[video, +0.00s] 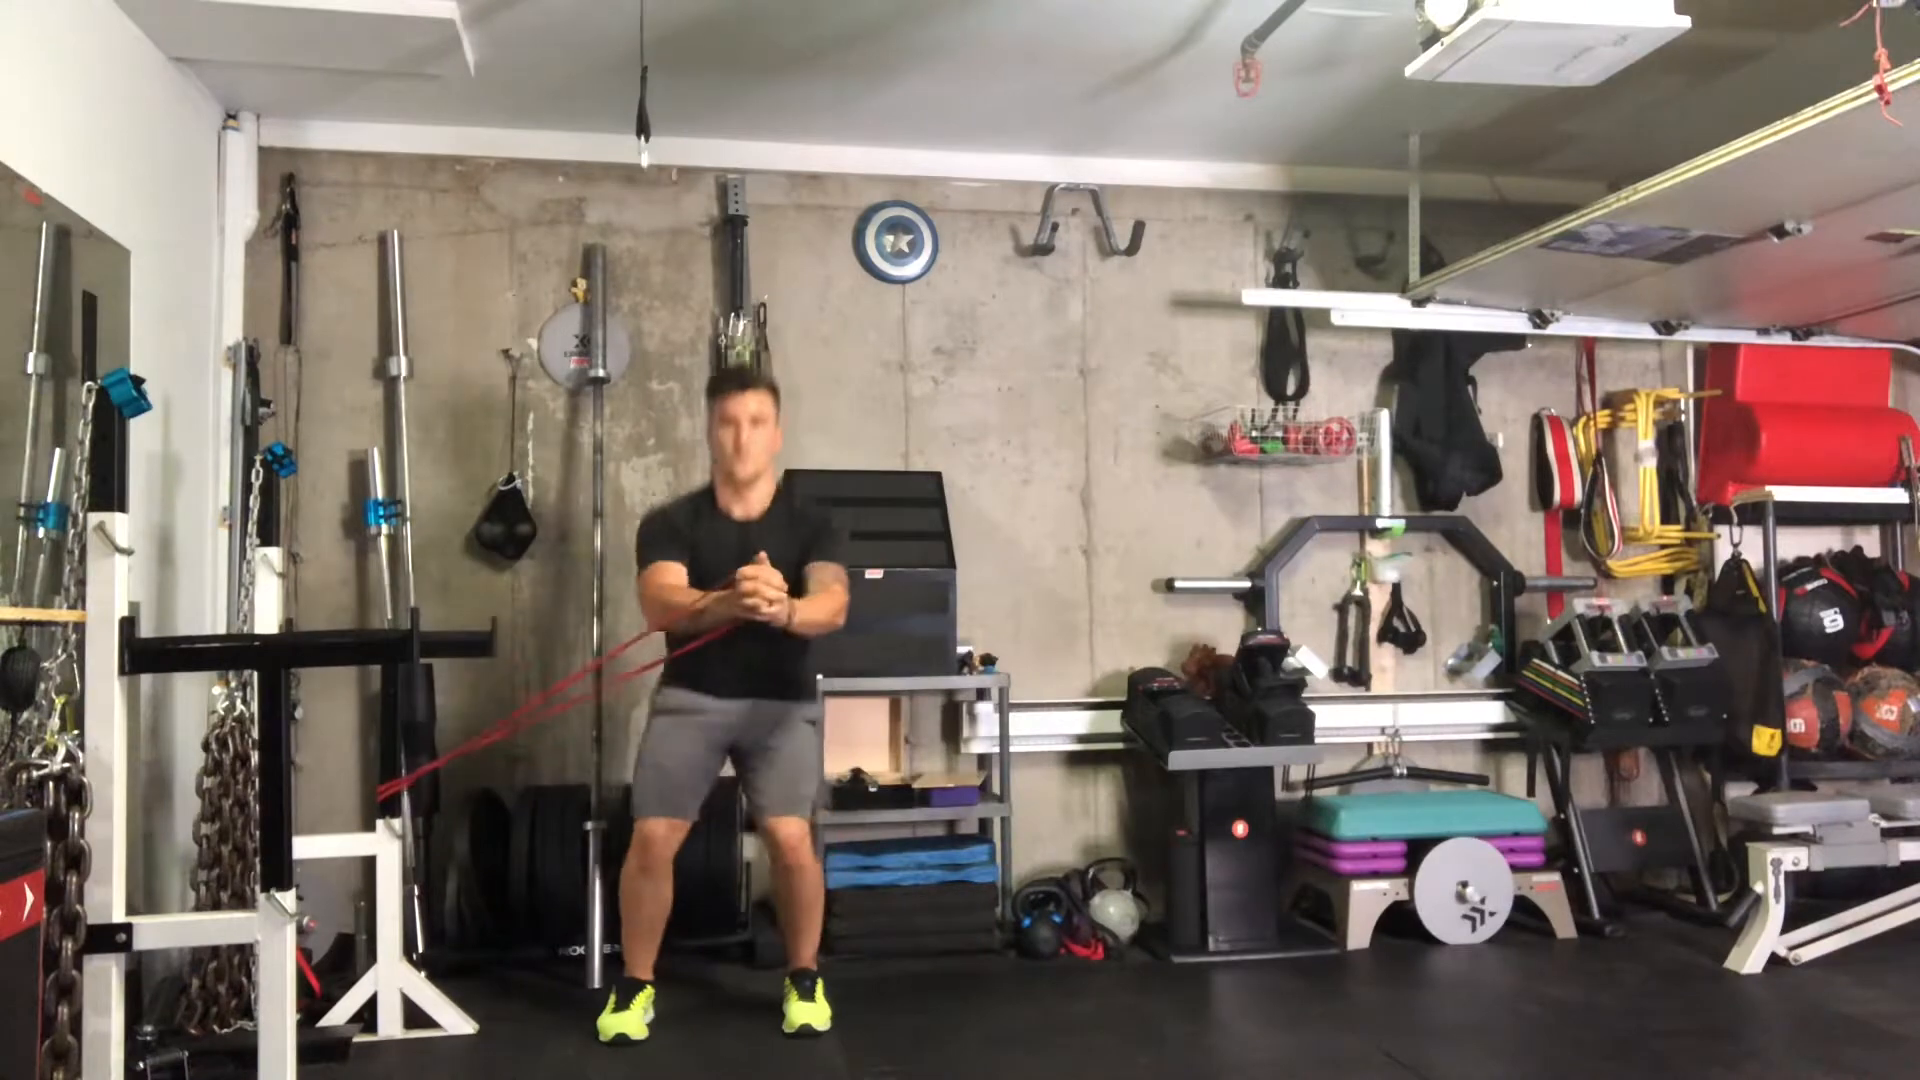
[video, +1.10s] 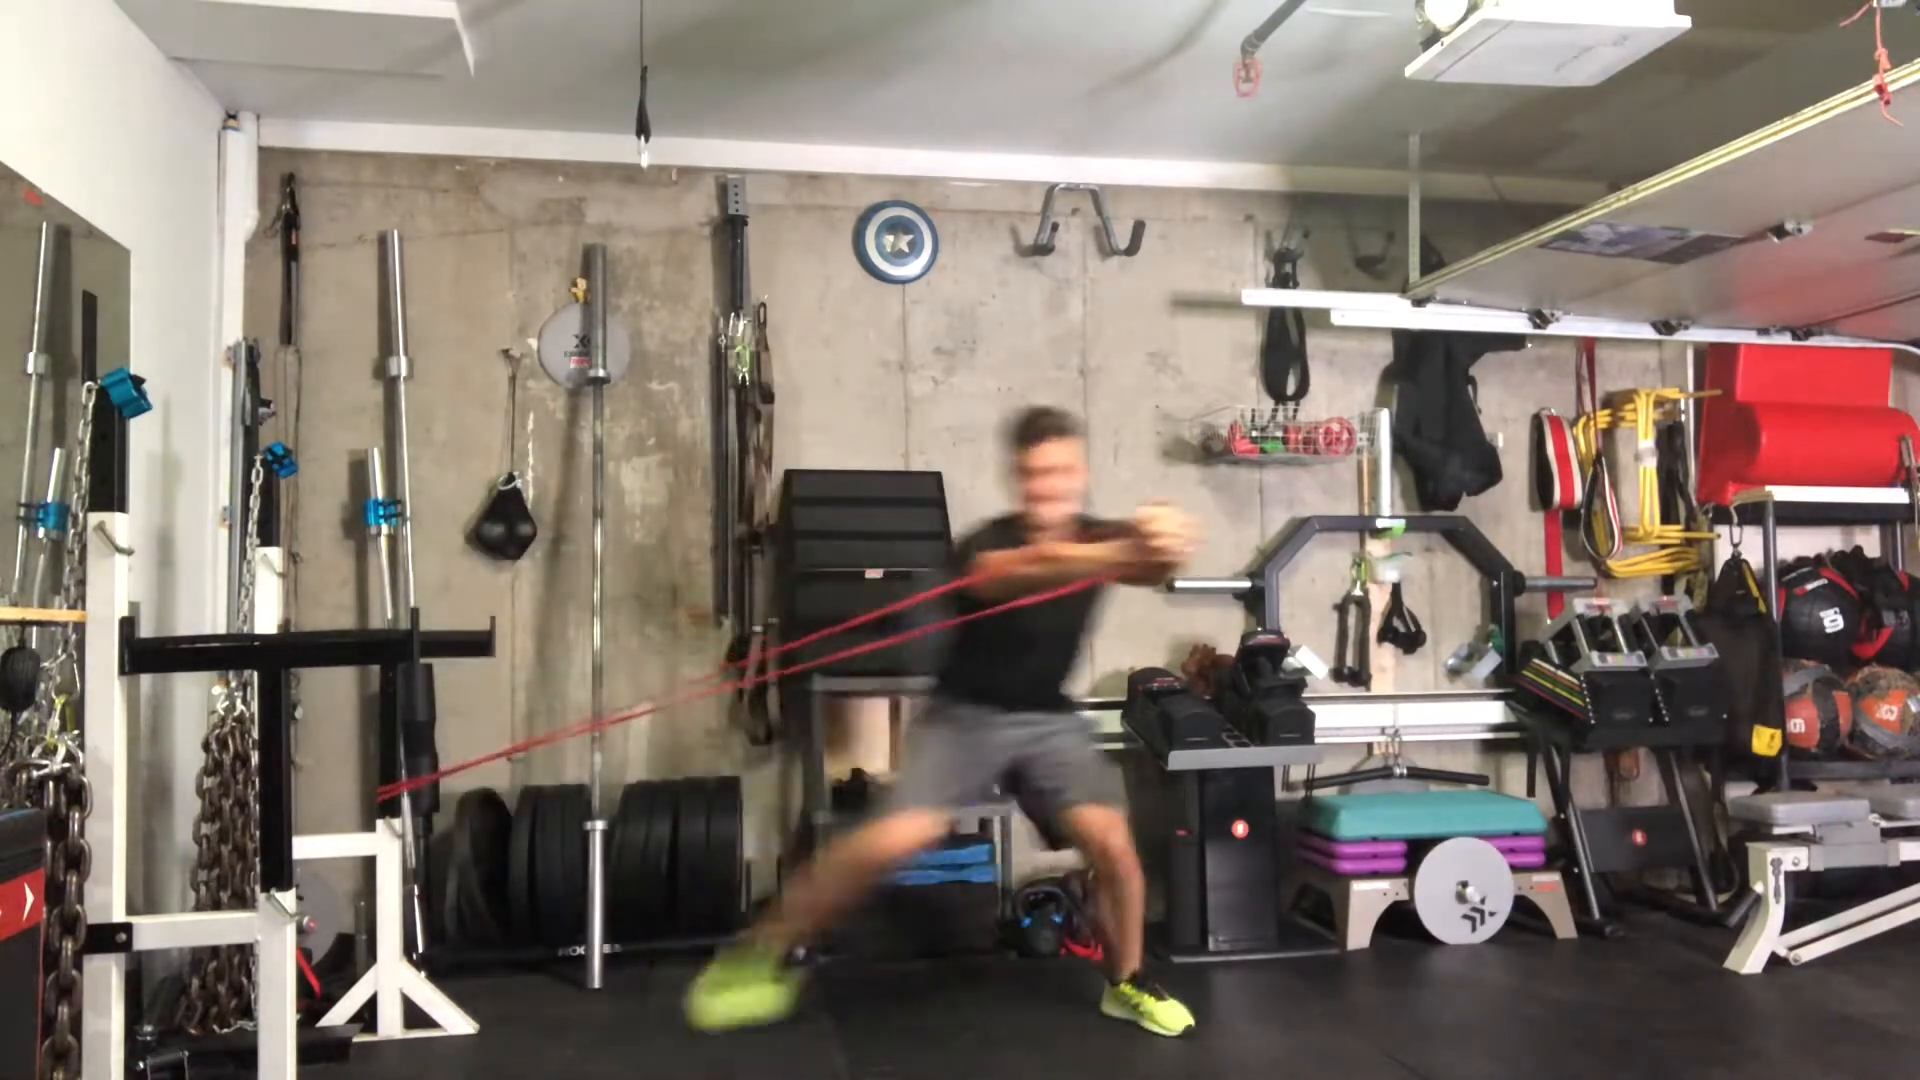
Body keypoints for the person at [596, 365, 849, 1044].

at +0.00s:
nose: (741, 437)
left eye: (756, 424)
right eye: (728, 424)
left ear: (779, 434)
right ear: (709, 433)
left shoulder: (812, 522)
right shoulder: (669, 523)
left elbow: (831, 607)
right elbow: (660, 608)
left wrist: (785, 609)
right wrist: (724, 602)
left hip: (783, 707)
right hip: (690, 703)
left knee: (791, 837)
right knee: (651, 837)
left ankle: (804, 981)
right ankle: (636, 988)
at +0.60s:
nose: (750, 535)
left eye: (764, 519)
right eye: (736, 521)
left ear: (787, 523)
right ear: (716, 525)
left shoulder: (820, 588)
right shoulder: (681, 597)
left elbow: (837, 623)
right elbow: (689, 633)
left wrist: (804, 626)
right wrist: (750, 623)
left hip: (787, 753)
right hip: (701, 746)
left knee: (760, 852)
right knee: (681, 857)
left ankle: (800, 979)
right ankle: (638, 989)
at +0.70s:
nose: (758, 543)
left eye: (771, 526)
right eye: (742, 529)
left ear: (793, 528)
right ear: (722, 535)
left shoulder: (832, 589)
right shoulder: (696, 606)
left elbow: (851, 621)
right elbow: (702, 643)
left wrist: (821, 633)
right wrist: (765, 635)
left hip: (807, 754)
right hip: (720, 752)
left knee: (809, 853)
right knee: (699, 868)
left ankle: (806, 978)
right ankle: (639, 988)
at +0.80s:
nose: (781, 539)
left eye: (795, 522)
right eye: (765, 525)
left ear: (819, 523)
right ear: (743, 532)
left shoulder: (857, 581)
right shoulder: (724, 603)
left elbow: (880, 616)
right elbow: (726, 642)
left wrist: (853, 634)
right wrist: (799, 640)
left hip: (845, 752)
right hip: (752, 755)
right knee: (707, 874)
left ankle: (863, 968)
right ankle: (641, 987)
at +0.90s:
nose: (844, 520)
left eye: (859, 502)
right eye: (829, 505)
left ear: (888, 503)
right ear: (810, 512)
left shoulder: (912, 571)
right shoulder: (785, 584)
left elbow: (946, 599)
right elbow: (791, 619)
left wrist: (939, 602)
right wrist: (889, 612)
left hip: (896, 744)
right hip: (797, 751)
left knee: (988, 827)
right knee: (724, 875)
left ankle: (1011, 945)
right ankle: (642, 990)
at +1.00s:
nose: (945, 492)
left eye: (959, 475)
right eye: (931, 477)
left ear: (983, 480)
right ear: (909, 484)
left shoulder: (997, 547)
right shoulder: (884, 569)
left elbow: (1049, 574)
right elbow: (942, 580)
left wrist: (1068, 553)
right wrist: (1025, 568)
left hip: (971, 737)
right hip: (879, 742)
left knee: (1069, 829)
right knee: (768, 867)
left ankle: (1120, 977)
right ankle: (650, 986)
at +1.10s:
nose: (1047, 486)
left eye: (1060, 472)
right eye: (1034, 473)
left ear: (1083, 475)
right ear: (1016, 478)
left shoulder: (1101, 541)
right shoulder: (988, 544)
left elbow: (1148, 568)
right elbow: (1009, 573)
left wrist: (1168, 546)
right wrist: (1119, 553)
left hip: (1050, 722)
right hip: (962, 722)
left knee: (1112, 840)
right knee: (894, 839)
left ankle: (1126, 984)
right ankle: (763, 951)